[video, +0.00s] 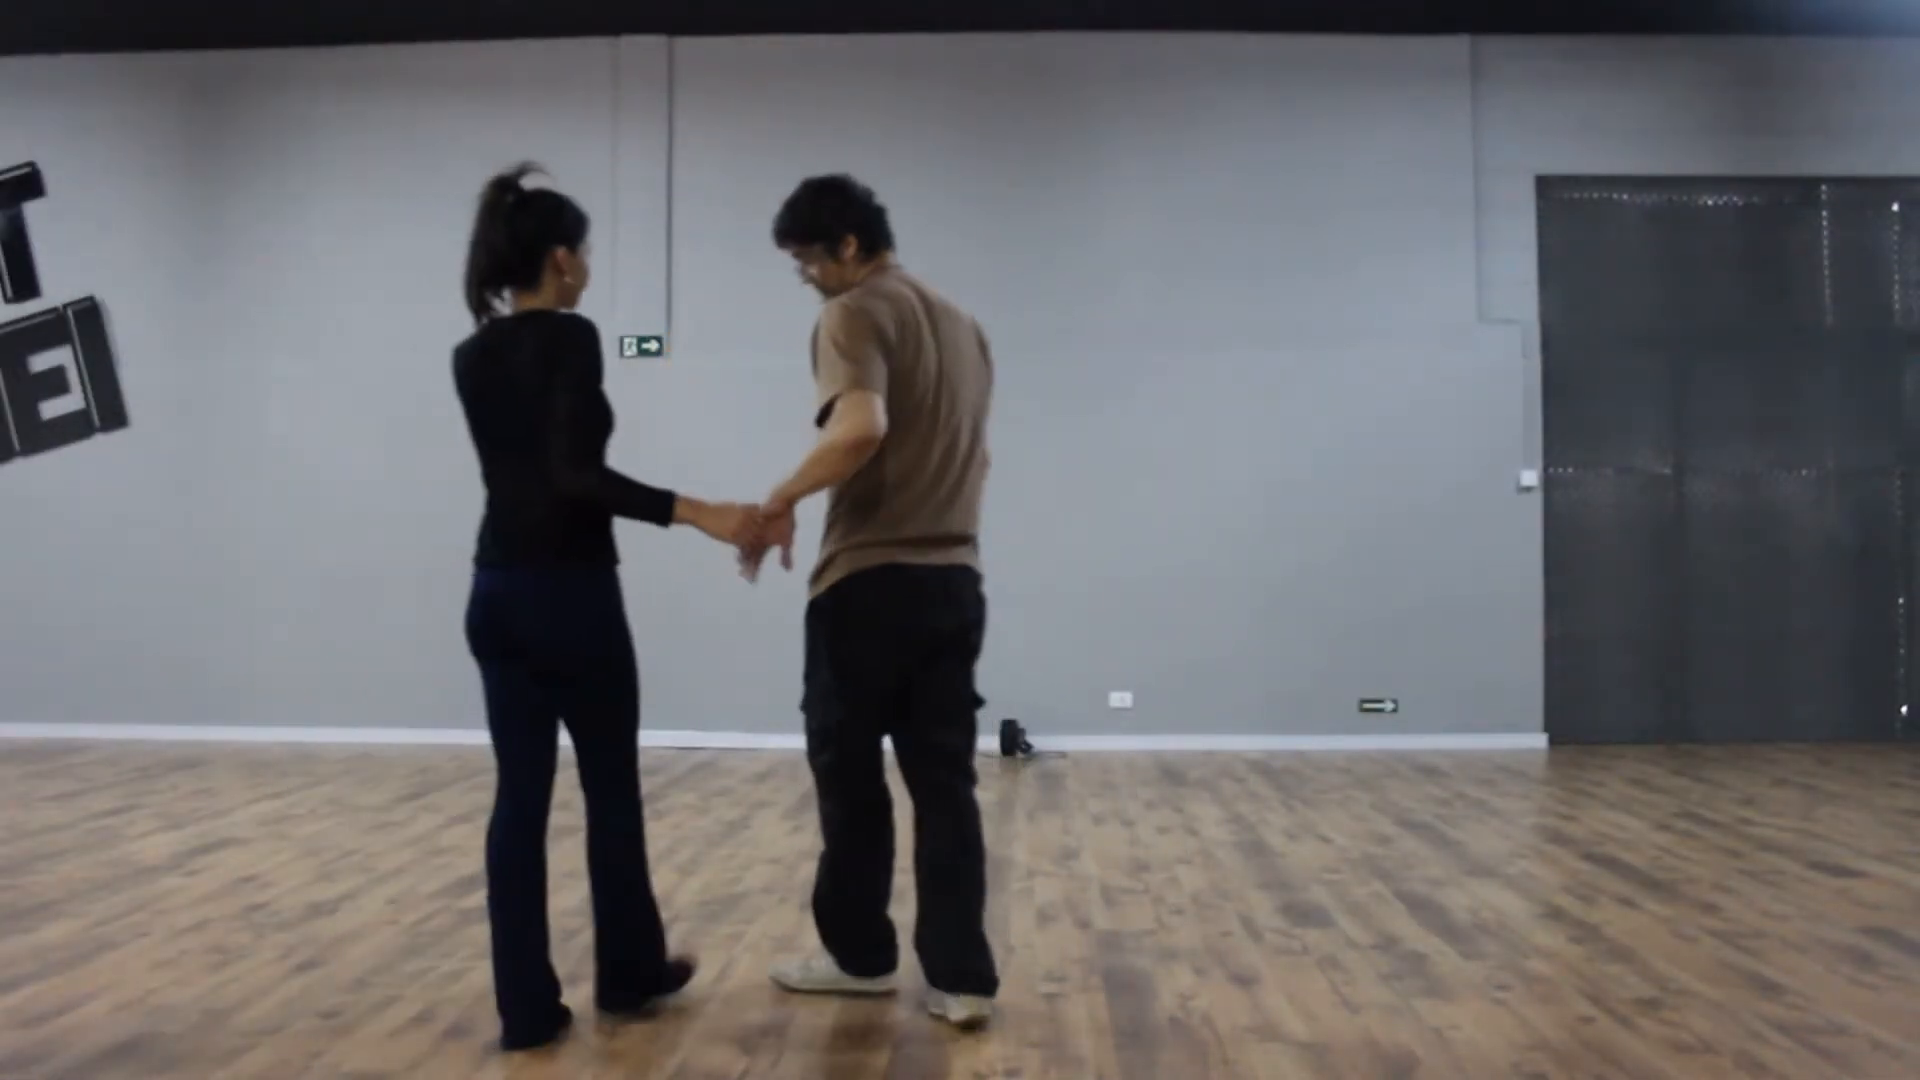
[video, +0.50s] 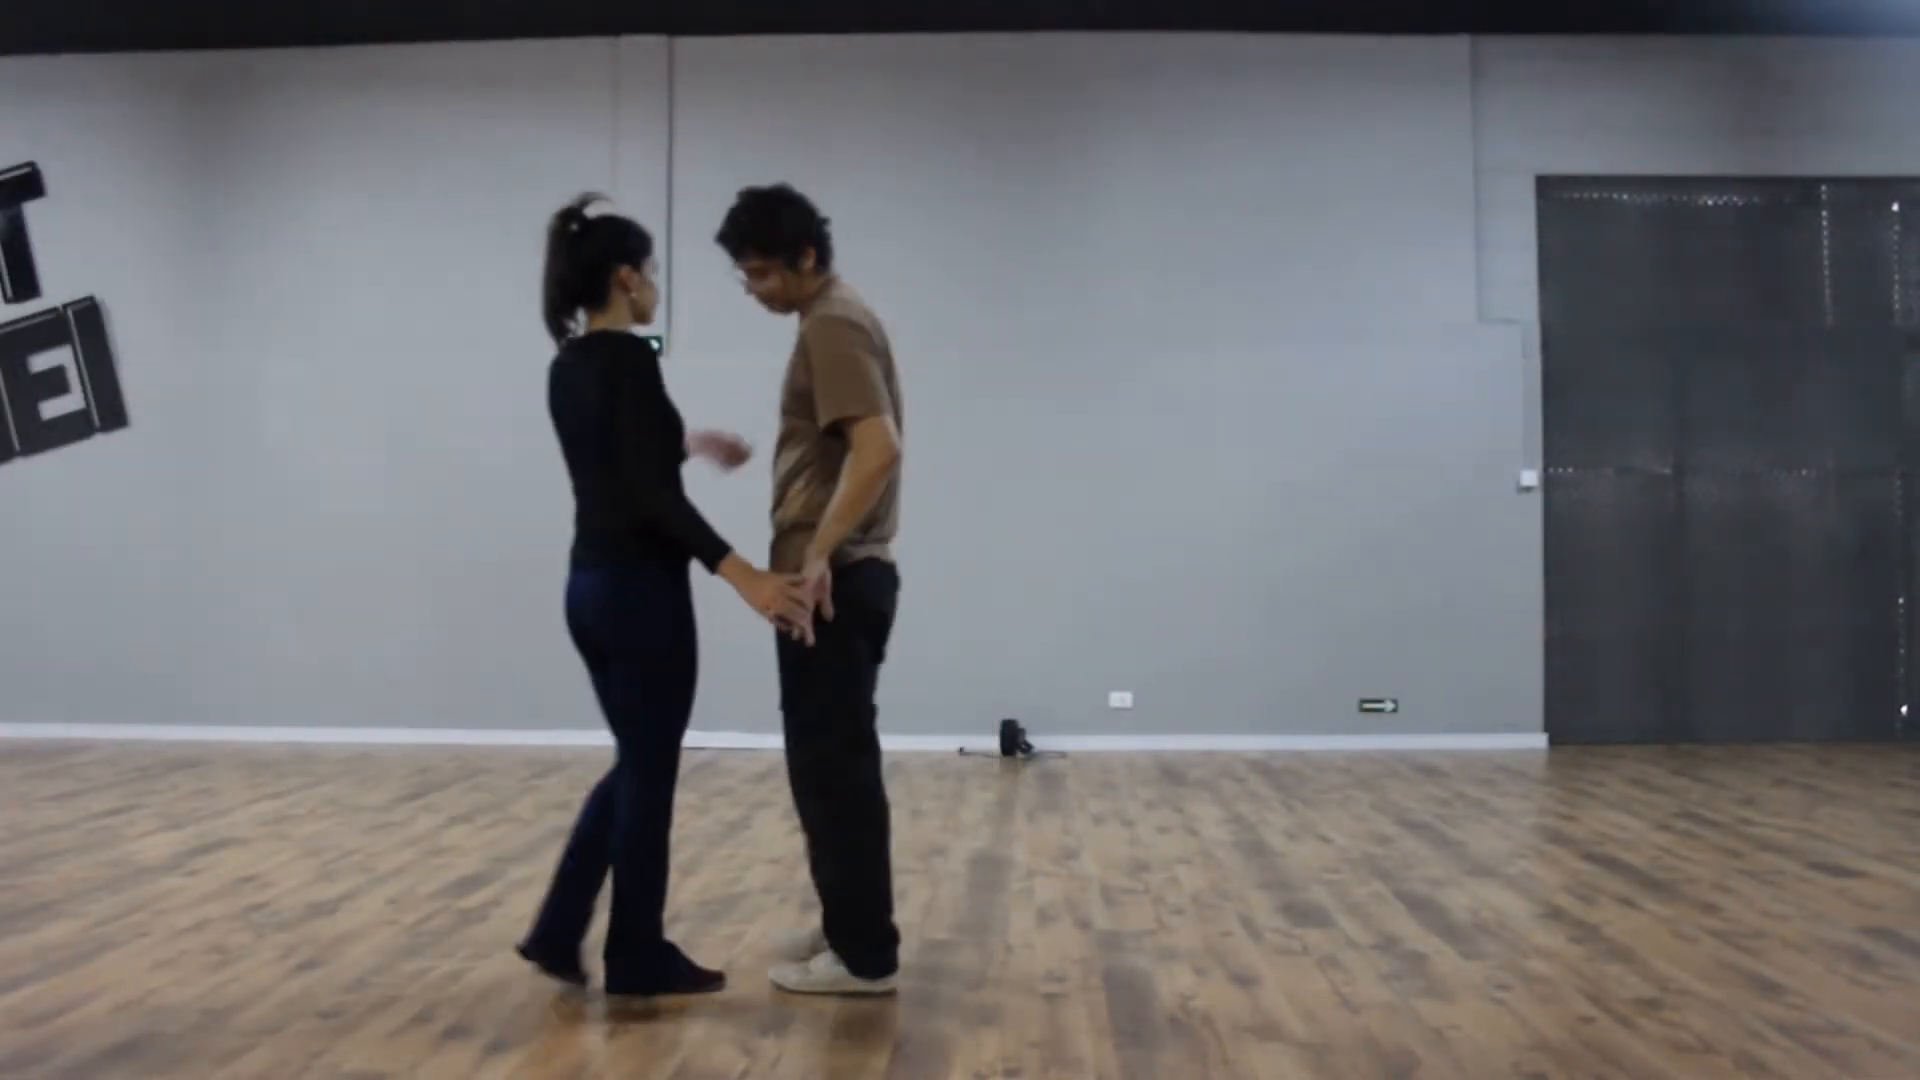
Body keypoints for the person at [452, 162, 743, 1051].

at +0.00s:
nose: (586, 267)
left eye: (583, 252)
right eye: (581, 252)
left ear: (509, 263)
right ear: (556, 259)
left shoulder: (472, 357)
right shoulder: (572, 339)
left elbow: (510, 474)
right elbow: (582, 476)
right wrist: (693, 511)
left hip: (499, 598)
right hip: (577, 596)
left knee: (517, 797)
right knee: (611, 791)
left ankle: (526, 1010)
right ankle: (630, 971)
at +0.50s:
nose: (656, 283)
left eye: (651, 270)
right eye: (648, 270)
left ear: (591, 285)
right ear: (624, 279)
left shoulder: (570, 364)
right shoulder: (629, 359)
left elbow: (613, 450)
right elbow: (656, 492)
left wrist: (691, 443)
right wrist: (743, 574)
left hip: (596, 585)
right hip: (643, 589)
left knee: (639, 760)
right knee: (650, 766)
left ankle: (556, 931)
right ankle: (637, 954)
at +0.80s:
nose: (681, 283)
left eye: (674, 270)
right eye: (672, 271)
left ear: (621, 284)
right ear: (645, 280)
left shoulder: (616, 357)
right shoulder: (635, 364)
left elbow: (689, 391)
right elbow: (670, 486)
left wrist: (762, 343)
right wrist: (750, 561)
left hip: (632, 578)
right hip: (649, 583)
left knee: (661, 756)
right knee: (662, 758)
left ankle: (629, 940)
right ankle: (630, 948)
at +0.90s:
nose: (685, 283)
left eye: (678, 270)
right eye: (676, 271)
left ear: (629, 286)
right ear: (649, 281)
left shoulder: (631, 358)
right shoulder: (632, 364)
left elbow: (714, 367)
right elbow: (670, 485)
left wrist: (800, 318)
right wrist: (749, 558)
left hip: (644, 576)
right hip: (649, 581)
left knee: (660, 758)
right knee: (659, 761)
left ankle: (631, 942)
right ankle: (630, 948)